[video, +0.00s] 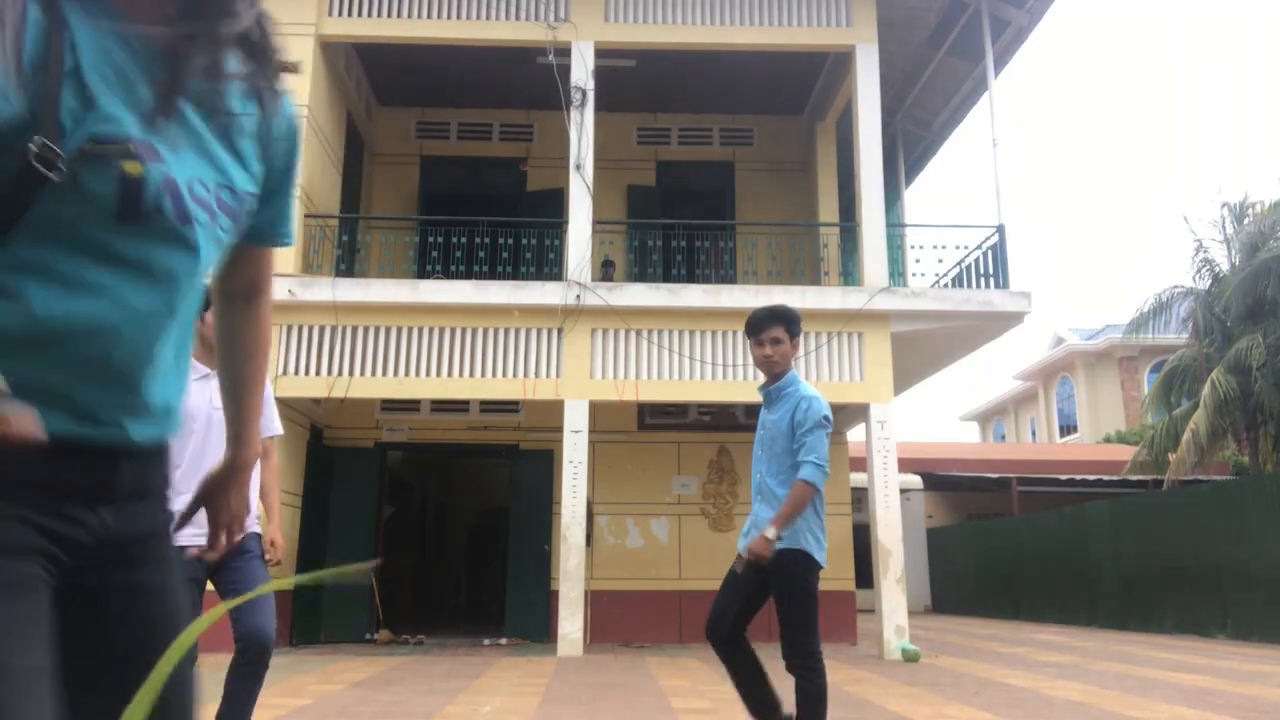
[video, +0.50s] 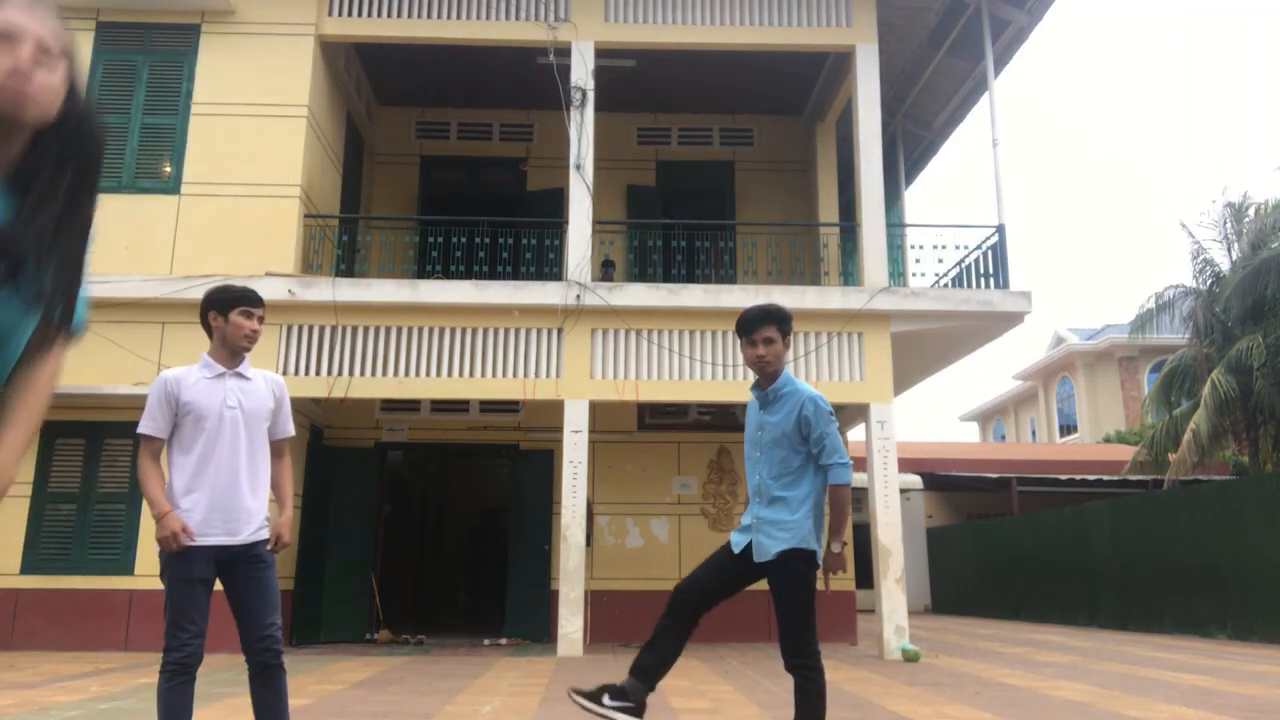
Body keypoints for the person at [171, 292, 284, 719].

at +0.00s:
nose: (232, 323)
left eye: (238, 314)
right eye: (221, 312)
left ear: (247, 324)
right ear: (199, 318)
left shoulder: (253, 379)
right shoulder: (168, 378)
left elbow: (267, 455)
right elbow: (143, 453)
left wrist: (272, 522)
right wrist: (149, 521)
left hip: (240, 537)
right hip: (178, 541)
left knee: (259, 637)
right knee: (176, 653)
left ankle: (232, 718)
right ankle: (171, 716)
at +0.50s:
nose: (255, 327)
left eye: (260, 320)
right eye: (246, 317)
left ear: (261, 327)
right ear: (214, 320)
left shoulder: (271, 387)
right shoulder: (173, 384)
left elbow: (280, 455)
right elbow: (147, 457)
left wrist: (286, 510)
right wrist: (163, 513)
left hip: (251, 544)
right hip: (190, 543)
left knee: (268, 654)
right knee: (182, 657)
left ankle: (275, 719)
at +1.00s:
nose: (293, 328)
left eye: (296, 321)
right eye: (285, 317)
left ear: (294, 329)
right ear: (253, 320)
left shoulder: (298, 388)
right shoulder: (210, 377)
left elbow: (301, 454)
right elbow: (176, 450)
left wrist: (308, 504)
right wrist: (192, 519)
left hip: (278, 545)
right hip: (218, 544)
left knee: (278, 656)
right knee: (199, 657)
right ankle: (179, 719)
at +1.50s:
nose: (297, 331)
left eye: (300, 323)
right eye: (290, 320)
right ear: (257, 321)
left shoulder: (300, 389)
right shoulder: (209, 380)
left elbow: (307, 456)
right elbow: (183, 455)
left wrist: (318, 503)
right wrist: (212, 514)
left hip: (284, 544)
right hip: (224, 542)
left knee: (283, 657)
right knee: (203, 655)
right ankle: (183, 719)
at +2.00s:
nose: (281, 330)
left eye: (283, 322)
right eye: (272, 320)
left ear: (274, 327)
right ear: (240, 320)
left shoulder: (288, 387)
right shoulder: (195, 383)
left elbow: (299, 455)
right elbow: (172, 460)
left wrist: (304, 502)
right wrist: (231, 489)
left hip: (275, 543)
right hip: (214, 543)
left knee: (278, 658)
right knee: (197, 656)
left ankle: (284, 719)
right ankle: (179, 719)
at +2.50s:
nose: (268, 337)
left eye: (275, 330)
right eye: (260, 326)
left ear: (279, 335)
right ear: (230, 323)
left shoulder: (285, 386)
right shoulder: (193, 377)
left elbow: (326, 434)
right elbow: (213, 427)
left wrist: (302, 374)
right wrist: (247, 366)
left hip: (277, 538)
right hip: (215, 538)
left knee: (278, 658)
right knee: (197, 656)